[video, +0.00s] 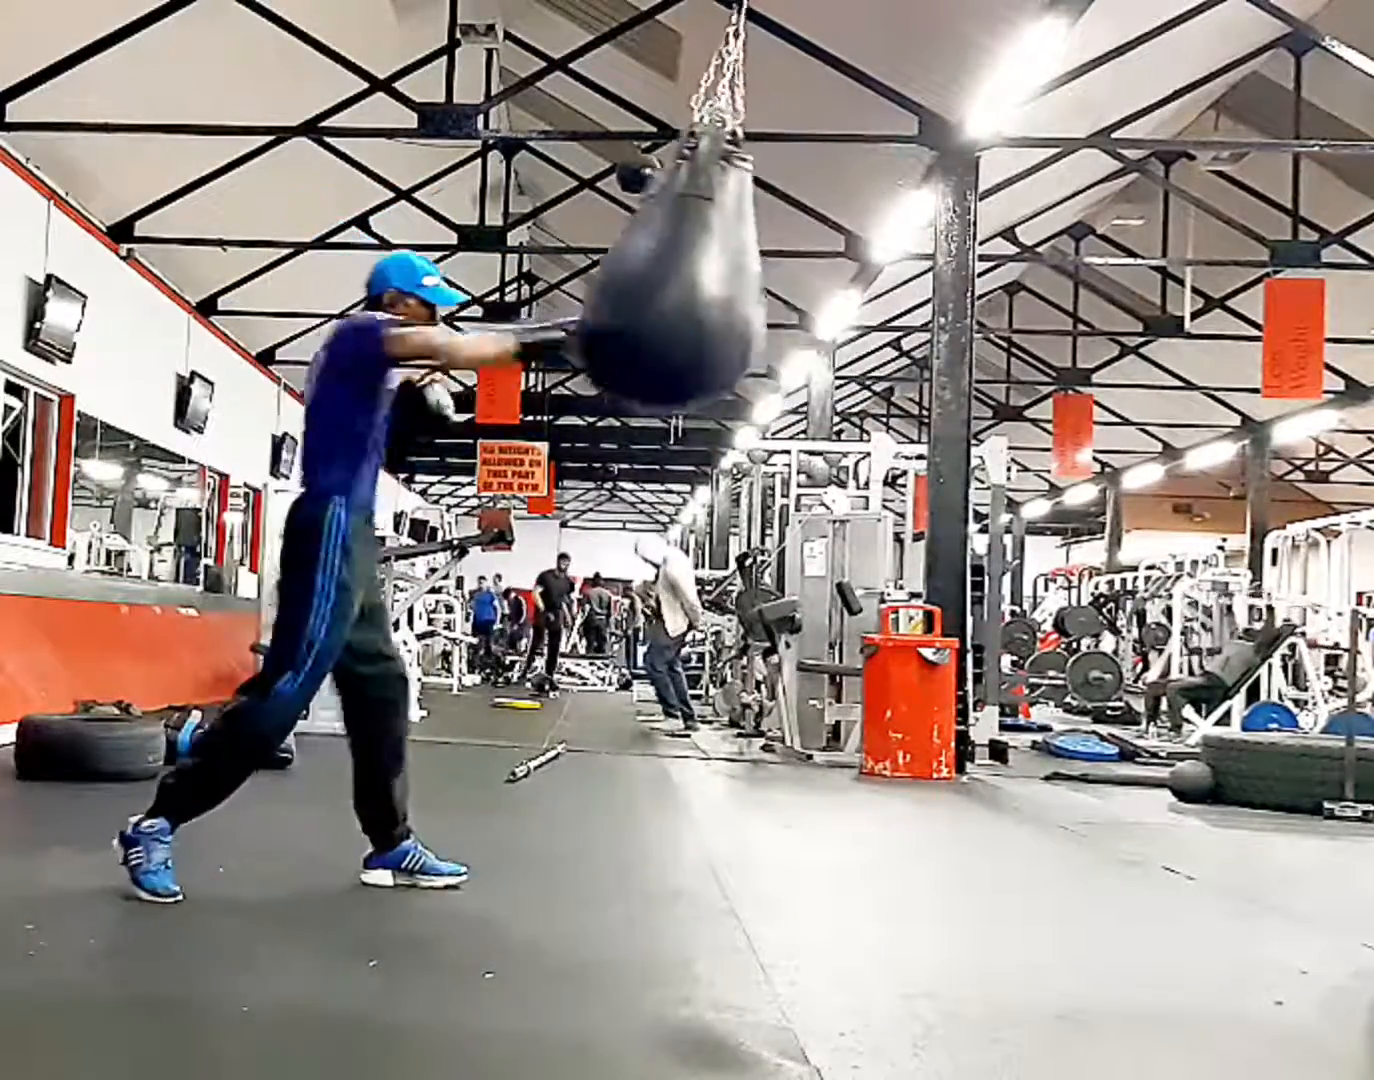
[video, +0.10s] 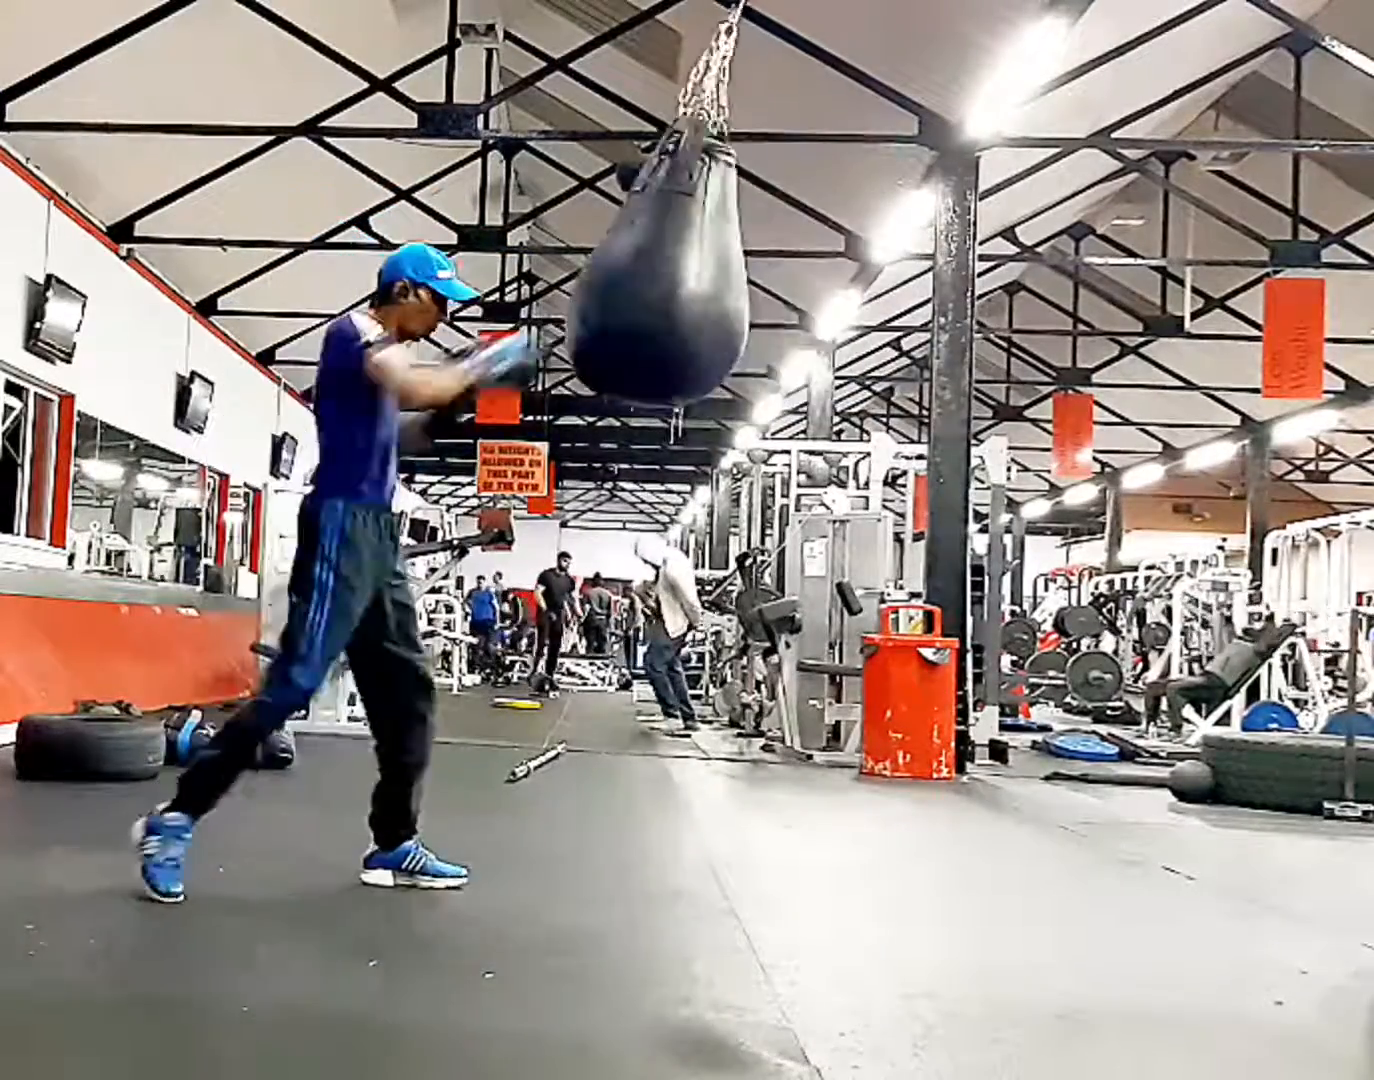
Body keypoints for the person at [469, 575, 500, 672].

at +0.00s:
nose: (481, 585)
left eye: (482, 582)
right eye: (479, 582)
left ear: (486, 583)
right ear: (477, 583)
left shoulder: (491, 594)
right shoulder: (475, 594)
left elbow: (497, 607)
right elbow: (472, 608)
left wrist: (497, 621)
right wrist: (472, 621)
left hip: (489, 621)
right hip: (478, 621)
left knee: (488, 643)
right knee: (478, 642)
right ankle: (476, 660)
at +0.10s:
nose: (480, 584)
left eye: (482, 582)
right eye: (478, 582)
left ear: (485, 582)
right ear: (476, 583)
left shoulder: (490, 594)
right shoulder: (472, 593)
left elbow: (496, 607)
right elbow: (466, 603)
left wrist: (497, 621)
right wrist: (468, 611)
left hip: (488, 623)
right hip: (476, 623)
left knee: (489, 646)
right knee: (476, 646)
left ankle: (491, 668)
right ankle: (476, 667)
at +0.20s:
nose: (479, 583)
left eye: (481, 580)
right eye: (478, 581)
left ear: (484, 581)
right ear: (476, 582)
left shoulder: (489, 592)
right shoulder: (471, 592)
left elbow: (495, 606)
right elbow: (465, 602)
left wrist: (496, 620)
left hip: (486, 619)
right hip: (474, 619)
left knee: (484, 639)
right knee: (474, 640)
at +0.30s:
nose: (479, 583)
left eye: (481, 581)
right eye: (477, 581)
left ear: (484, 581)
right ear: (475, 582)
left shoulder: (488, 593)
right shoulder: (469, 593)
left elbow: (495, 607)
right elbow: (464, 604)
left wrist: (497, 621)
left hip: (486, 620)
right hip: (473, 621)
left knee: (485, 642)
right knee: (473, 643)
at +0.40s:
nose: (478, 584)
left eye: (480, 582)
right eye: (477, 582)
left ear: (482, 582)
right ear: (475, 582)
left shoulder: (487, 594)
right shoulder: (469, 594)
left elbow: (493, 608)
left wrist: (494, 621)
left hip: (485, 621)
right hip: (473, 621)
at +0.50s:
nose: (478, 585)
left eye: (480, 583)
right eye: (477, 583)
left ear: (483, 583)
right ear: (475, 583)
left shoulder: (487, 595)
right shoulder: (469, 595)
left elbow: (494, 608)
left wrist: (495, 622)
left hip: (485, 621)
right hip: (473, 621)